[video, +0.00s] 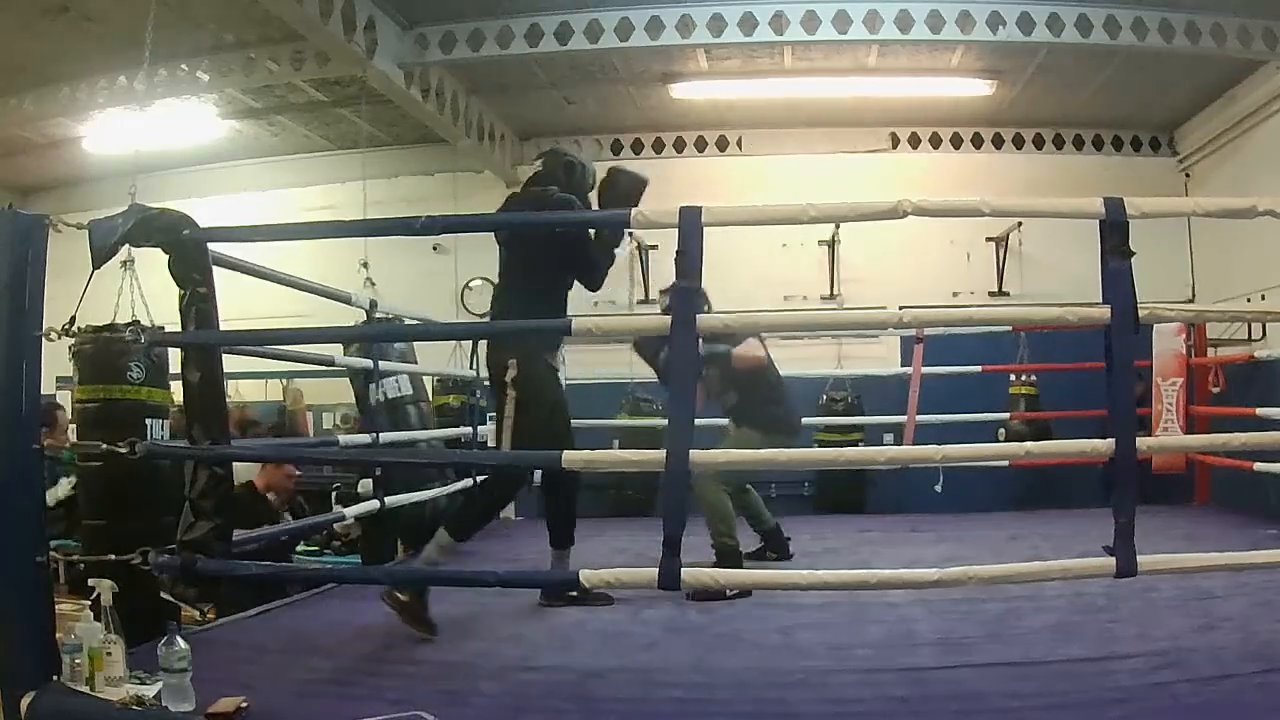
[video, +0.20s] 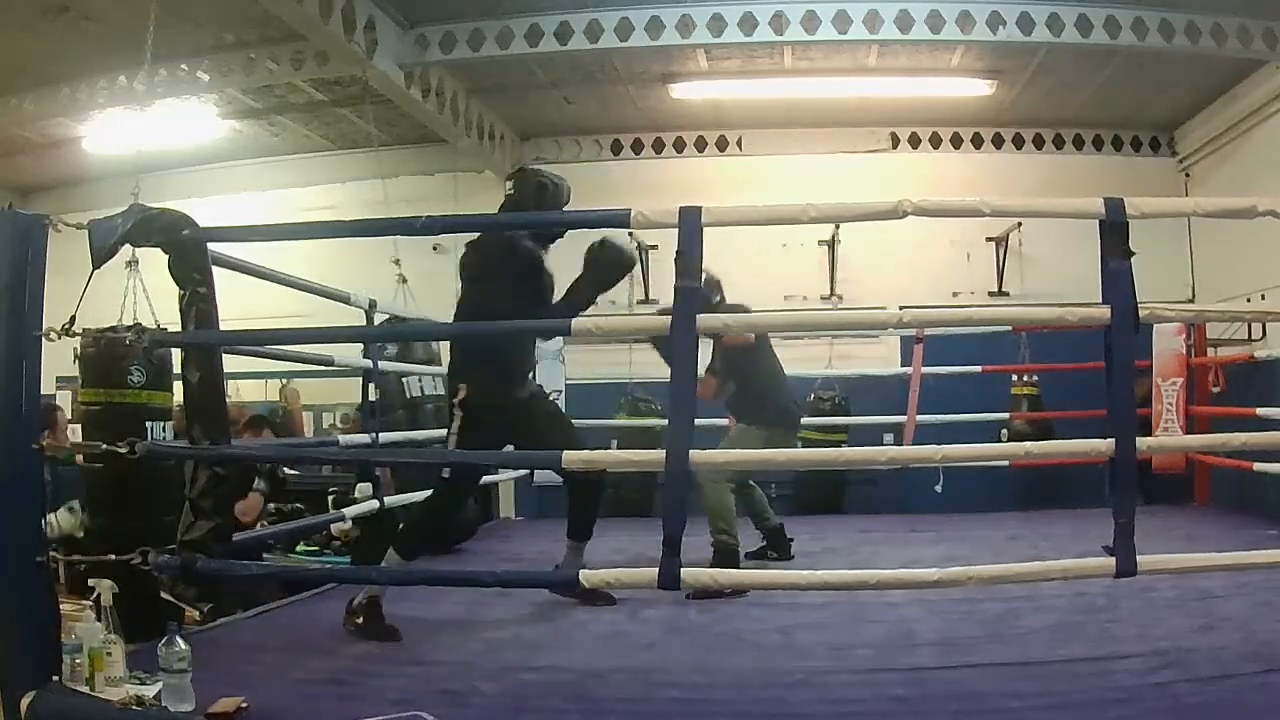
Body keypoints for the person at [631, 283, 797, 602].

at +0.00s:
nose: (676, 320)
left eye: (680, 312)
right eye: (671, 313)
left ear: (696, 312)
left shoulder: (730, 330)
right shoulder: (701, 351)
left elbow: (758, 356)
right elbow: (695, 402)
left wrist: (714, 357)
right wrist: (667, 364)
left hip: (767, 425)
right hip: (746, 426)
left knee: (706, 477)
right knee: (729, 478)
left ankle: (728, 561)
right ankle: (775, 543)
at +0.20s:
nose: (688, 313)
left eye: (689, 306)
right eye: (686, 307)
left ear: (704, 301)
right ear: (716, 296)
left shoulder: (734, 315)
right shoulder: (722, 339)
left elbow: (744, 340)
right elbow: (708, 389)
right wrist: (670, 355)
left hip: (765, 424)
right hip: (772, 426)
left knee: (710, 468)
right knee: (735, 477)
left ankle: (725, 557)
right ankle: (777, 541)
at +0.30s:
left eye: (695, 274)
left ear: (713, 269)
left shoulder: (743, 286)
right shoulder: (723, 313)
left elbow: (750, 304)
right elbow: (702, 357)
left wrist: (717, 286)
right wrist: (679, 323)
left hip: (767, 393)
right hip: (756, 396)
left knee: (735, 466)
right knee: (744, 470)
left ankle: (730, 549)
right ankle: (777, 539)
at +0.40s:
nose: (705, 257)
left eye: (708, 247)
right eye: (705, 250)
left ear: (721, 244)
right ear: (726, 246)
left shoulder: (748, 262)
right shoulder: (729, 289)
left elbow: (754, 283)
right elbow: (704, 330)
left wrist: (713, 258)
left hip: (769, 376)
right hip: (758, 378)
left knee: (737, 450)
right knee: (747, 452)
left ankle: (746, 546)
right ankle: (780, 529)